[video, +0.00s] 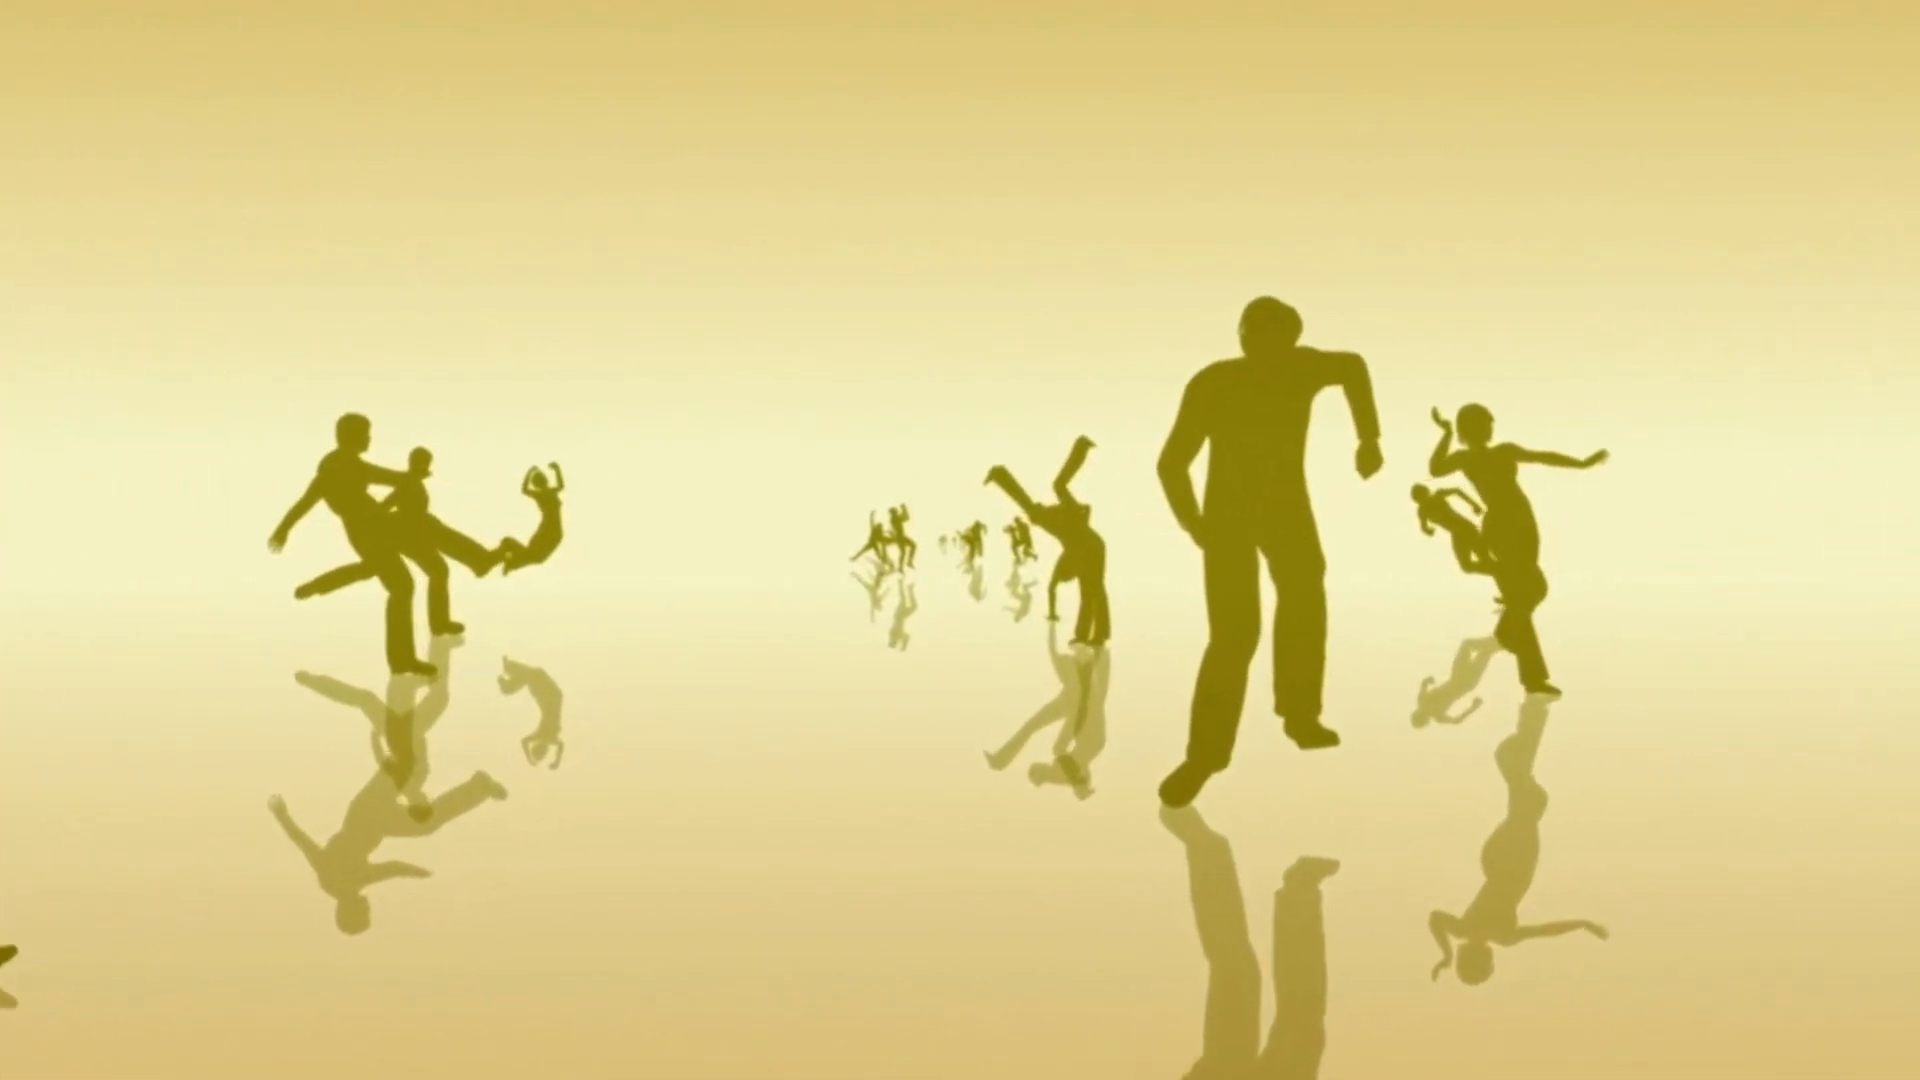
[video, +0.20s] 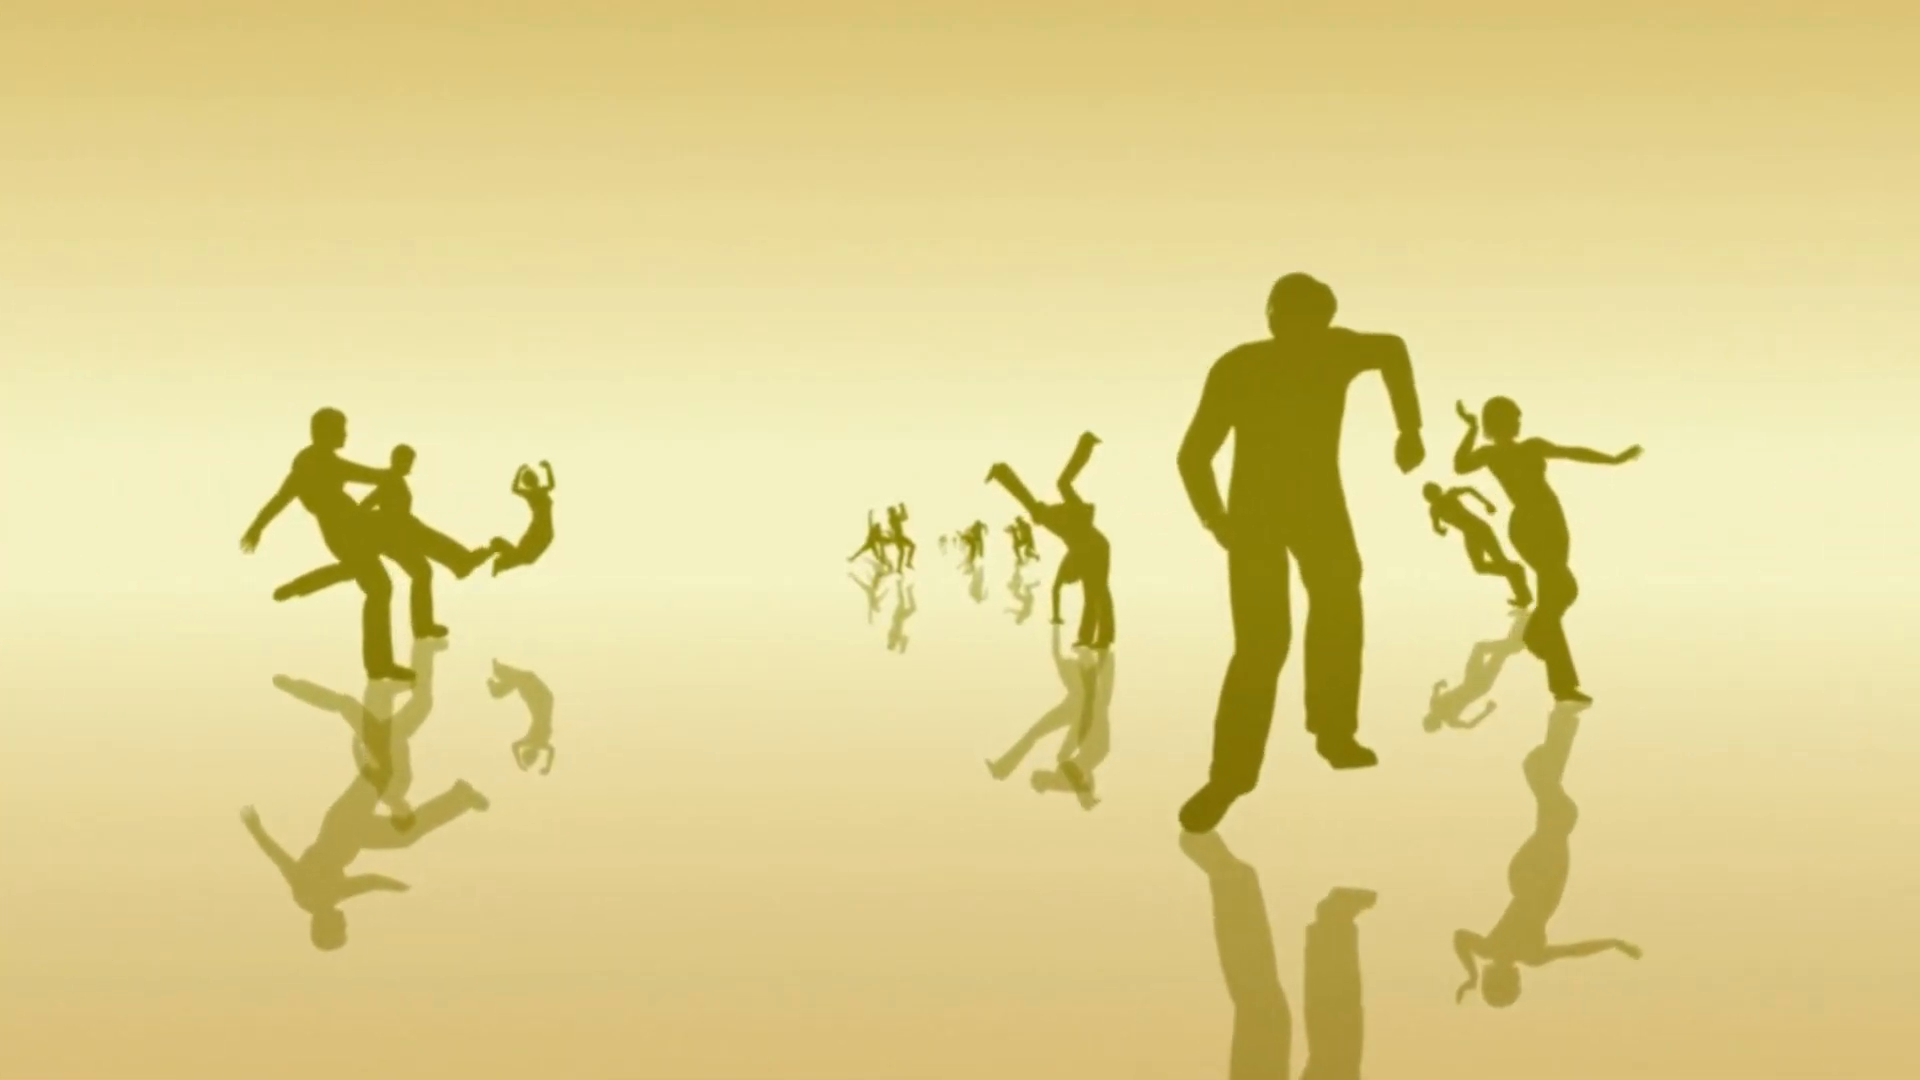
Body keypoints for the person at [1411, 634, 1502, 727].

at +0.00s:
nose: (1423, 718)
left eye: (1420, 718)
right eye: (1423, 720)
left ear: (1417, 712)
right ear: (1424, 720)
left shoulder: (1422, 701)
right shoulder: (1438, 716)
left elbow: (1424, 683)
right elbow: (1457, 721)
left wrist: (1428, 681)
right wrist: (1474, 707)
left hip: (1456, 676)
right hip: (1467, 683)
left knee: (1466, 644)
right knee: (1485, 651)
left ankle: (1495, 641)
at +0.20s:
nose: (1436, 726)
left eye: (1432, 725)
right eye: (1434, 727)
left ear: (1429, 718)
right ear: (1436, 725)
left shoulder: (1435, 705)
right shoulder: (1451, 721)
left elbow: (1435, 692)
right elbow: (1470, 725)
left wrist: (1439, 685)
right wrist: (1487, 711)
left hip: (1470, 679)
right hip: (1480, 686)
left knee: (1479, 648)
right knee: (1500, 655)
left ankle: (1509, 644)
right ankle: (1516, 643)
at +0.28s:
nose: (1443, 730)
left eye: (1440, 729)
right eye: (1441, 731)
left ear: (1437, 721)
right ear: (1443, 728)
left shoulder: (1442, 708)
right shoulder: (1458, 723)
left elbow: (1442, 695)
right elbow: (1477, 728)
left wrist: (1447, 687)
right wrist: (1495, 714)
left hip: (1478, 681)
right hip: (1489, 689)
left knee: (1487, 650)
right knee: (1509, 656)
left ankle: (1518, 645)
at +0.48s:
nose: (1456, 734)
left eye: (1453, 733)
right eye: (1454, 735)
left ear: (1450, 725)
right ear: (1456, 733)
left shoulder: (1456, 713)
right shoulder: (1471, 729)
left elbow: (1456, 697)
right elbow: (1491, 733)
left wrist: (1460, 691)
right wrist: (1509, 719)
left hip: (1492, 686)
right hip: (1502, 693)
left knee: (1500, 653)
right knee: (1524, 660)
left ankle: (1533, 649)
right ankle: (1547, 622)